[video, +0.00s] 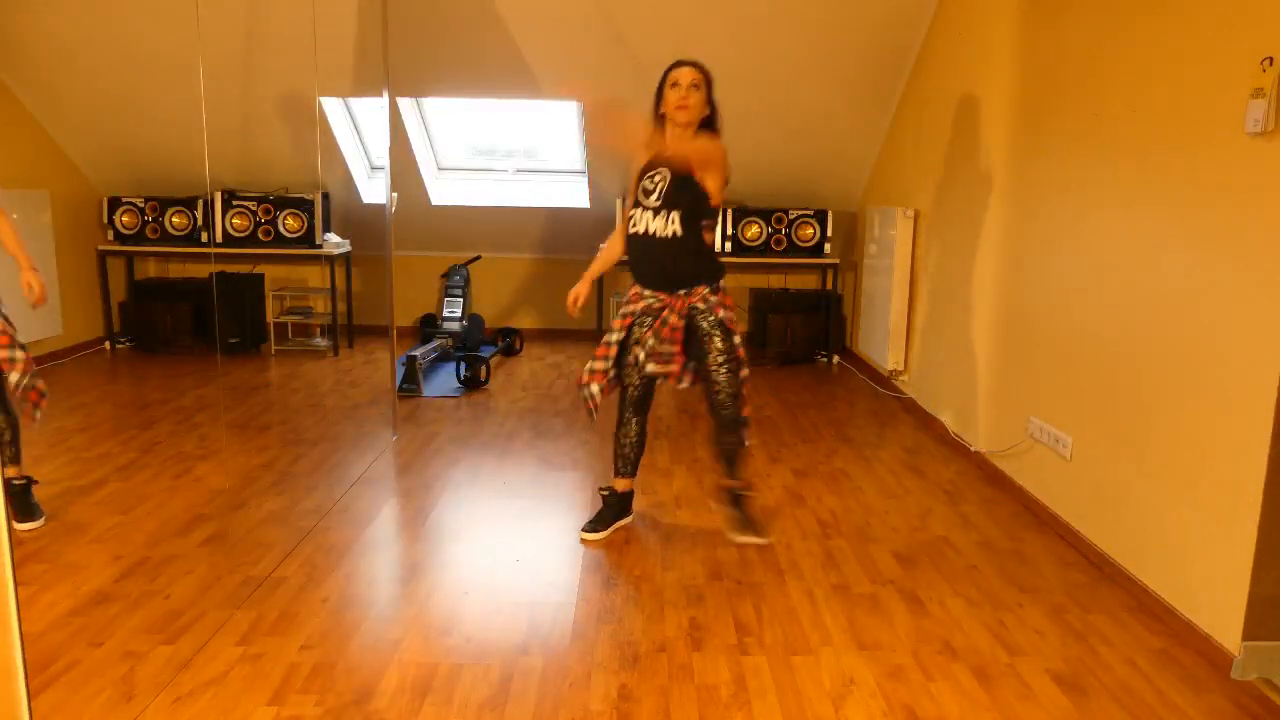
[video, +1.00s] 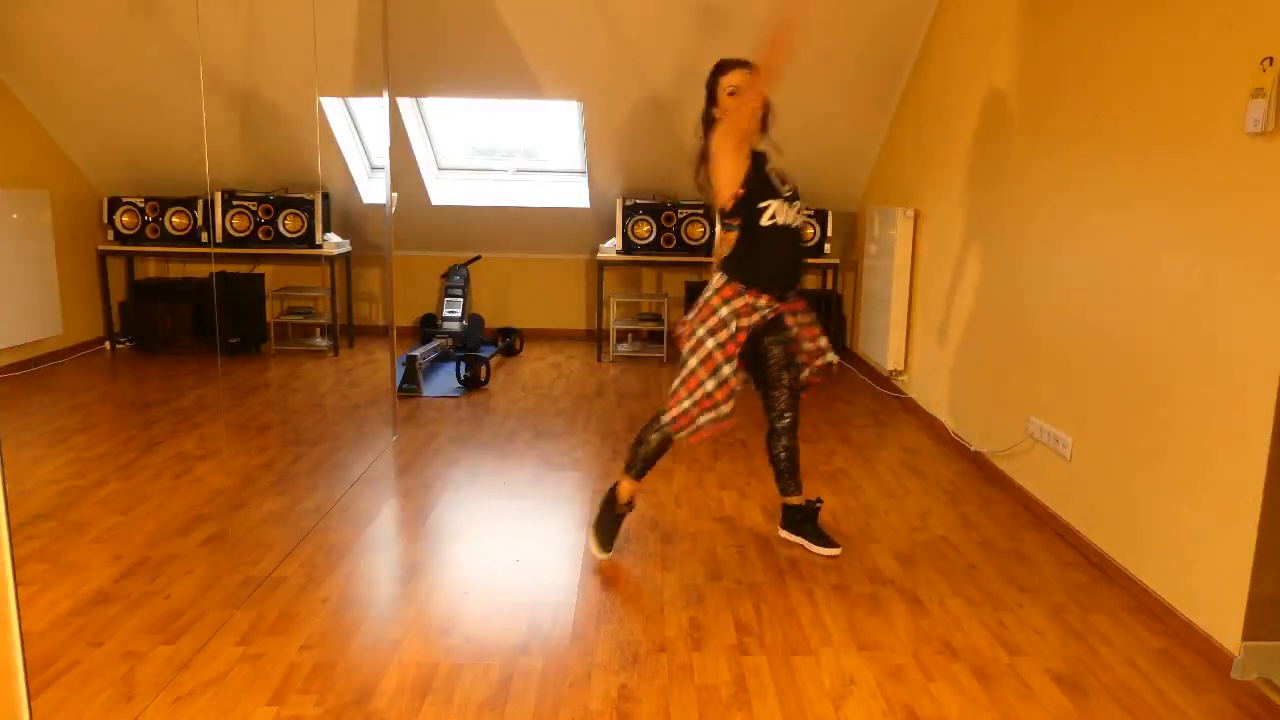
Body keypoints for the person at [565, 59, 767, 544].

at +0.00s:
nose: (683, 94)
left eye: (694, 88)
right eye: (675, 87)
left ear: (707, 102)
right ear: (660, 100)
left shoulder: (711, 152)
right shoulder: (647, 155)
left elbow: (691, 156)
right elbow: (625, 232)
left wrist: (622, 126)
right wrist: (588, 278)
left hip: (700, 295)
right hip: (646, 295)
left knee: (726, 393)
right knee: (633, 397)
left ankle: (737, 495)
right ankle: (620, 497)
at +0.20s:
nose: (709, 114)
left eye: (718, 105)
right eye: (700, 106)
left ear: (734, 115)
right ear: (687, 117)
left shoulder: (741, 172)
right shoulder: (685, 177)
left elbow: (741, 87)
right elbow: (664, 251)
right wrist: (615, 286)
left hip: (732, 309)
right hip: (683, 310)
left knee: (760, 414)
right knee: (657, 401)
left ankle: (804, 506)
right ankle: (626, 501)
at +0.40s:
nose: (738, 133)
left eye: (747, 124)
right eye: (727, 125)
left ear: (762, 133)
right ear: (714, 136)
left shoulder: (783, 169)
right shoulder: (707, 203)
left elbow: (842, 122)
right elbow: (682, 262)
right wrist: (633, 300)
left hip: (803, 318)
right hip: (742, 320)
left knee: (814, 427)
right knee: (695, 409)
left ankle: (807, 508)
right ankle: (656, 482)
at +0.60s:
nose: (754, 138)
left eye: (763, 128)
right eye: (743, 130)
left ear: (776, 137)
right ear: (729, 142)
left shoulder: (796, 189)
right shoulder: (725, 206)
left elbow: (836, 219)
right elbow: (701, 276)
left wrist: (874, 240)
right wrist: (674, 338)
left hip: (819, 325)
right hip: (769, 336)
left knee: (832, 430)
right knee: (810, 436)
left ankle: (809, 510)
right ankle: (782, 499)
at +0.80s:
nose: (757, 107)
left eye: (764, 97)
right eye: (745, 101)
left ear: (778, 106)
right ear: (732, 117)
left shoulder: (791, 169)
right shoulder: (743, 169)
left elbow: (802, 226)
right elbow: (784, 193)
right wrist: (840, 205)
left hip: (802, 298)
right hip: (759, 301)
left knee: (812, 393)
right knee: (757, 402)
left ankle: (802, 506)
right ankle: (722, 487)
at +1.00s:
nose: (748, 100)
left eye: (753, 90)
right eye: (735, 93)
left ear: (763, 101)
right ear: (716, 106)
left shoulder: (759, 160)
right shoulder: (726, 151)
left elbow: (731, 234)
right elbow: (751, 92)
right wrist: (780, 41)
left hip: (769, 306)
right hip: (735, 304)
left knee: (783, 406)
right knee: (686, 407)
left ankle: (795, 510)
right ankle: (620, 495)